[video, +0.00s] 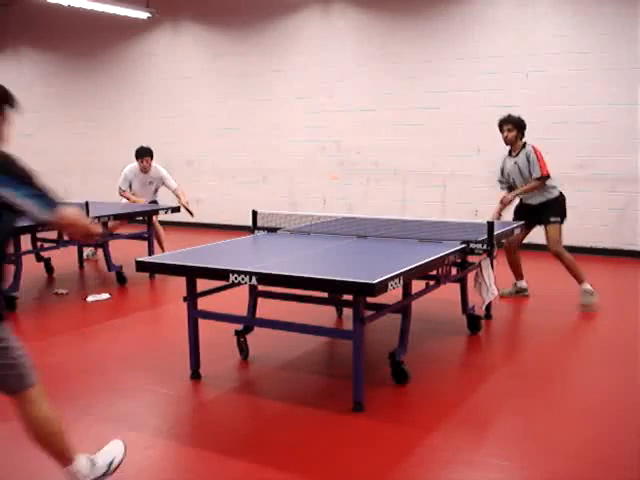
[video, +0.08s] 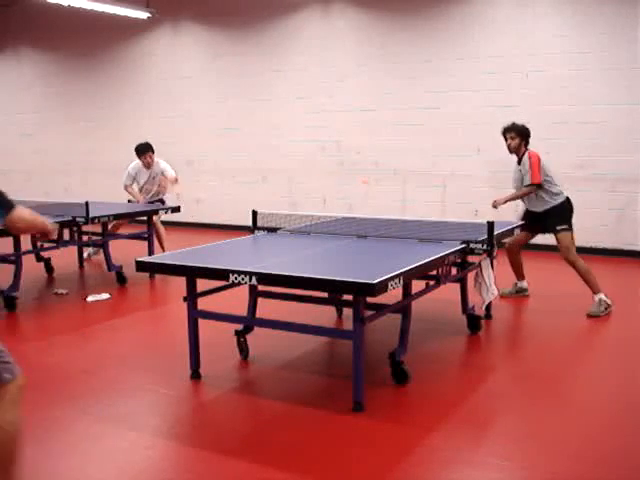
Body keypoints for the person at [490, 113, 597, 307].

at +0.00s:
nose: (505, 135)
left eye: (509, 131)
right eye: (503, 132)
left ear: (519, 132)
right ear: (501, 135)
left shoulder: (531, 151)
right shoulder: (506, 162)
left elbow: (541, 179)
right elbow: (510, 191)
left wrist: (514, 194)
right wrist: (499, 211)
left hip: (550, 201)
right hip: (528, 205)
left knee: (554, 247)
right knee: (510, 244)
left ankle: (585, 287)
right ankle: (520, 285)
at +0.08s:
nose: (508, 143)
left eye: (512, 138)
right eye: (506, 140)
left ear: (522, 140)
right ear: (506, 142)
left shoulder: (531, 157)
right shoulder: (519, 164)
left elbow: (533, 186)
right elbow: (531, 193)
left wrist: (504, 200)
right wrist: (525, 217)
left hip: (557, 209)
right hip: (537, 213)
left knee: (569, 255)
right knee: (512, 246)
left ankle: (601, 298)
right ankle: (521, 285)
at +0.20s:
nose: (507, 152)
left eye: (509, 148)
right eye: (505, 149)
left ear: (520, 147)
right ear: (519, 150)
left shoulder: (524, 163)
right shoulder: (531, 164)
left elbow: (514, 188)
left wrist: (488, 204)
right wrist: (531, 224)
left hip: (562, 211)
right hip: (546, 215)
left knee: (568, 261)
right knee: (520, 242)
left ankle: (603, 299)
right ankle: (521, 285)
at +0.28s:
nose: (504, 155)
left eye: (507, 150)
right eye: (503, 152)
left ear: (518, 149)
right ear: (520, 151)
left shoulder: (519, 164)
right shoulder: (541, 166)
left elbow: (510, 186)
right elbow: (566, 192)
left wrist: (483, 204)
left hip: (558, 211)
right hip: (545, 215)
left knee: (567, 261)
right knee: (521, 242)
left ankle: (603, 299)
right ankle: (522, 285)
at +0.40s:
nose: (500, 149)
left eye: (502, 145)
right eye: (499, 145)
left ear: (512, 145)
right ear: (519, 146)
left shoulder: (515, 159)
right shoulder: (534, 161)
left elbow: (522, 173)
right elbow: (555, 184)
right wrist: (573, 203)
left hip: (548, 209)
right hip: (539, 212)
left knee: (566, 258)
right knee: (514, 245)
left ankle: (606, 297)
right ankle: (521, 285)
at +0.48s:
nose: (499, 143)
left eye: (502, 138)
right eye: (499, 139)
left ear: (511, 140)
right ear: (513, 140)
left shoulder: (518, 153)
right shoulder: (516, 157)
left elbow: (535, 169)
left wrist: (527, 194)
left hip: (548, 206)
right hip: (535, 211)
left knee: (563, 257)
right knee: (510, 248)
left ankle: (604, 294)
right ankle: (521, 285)